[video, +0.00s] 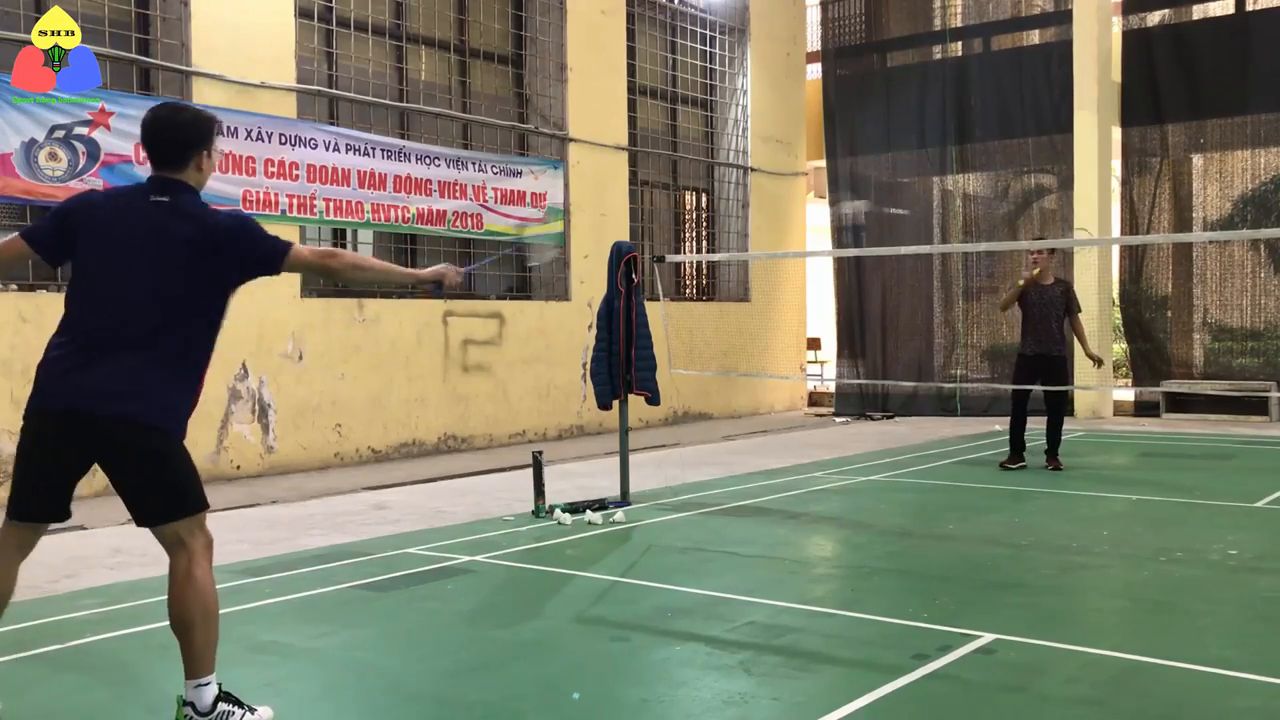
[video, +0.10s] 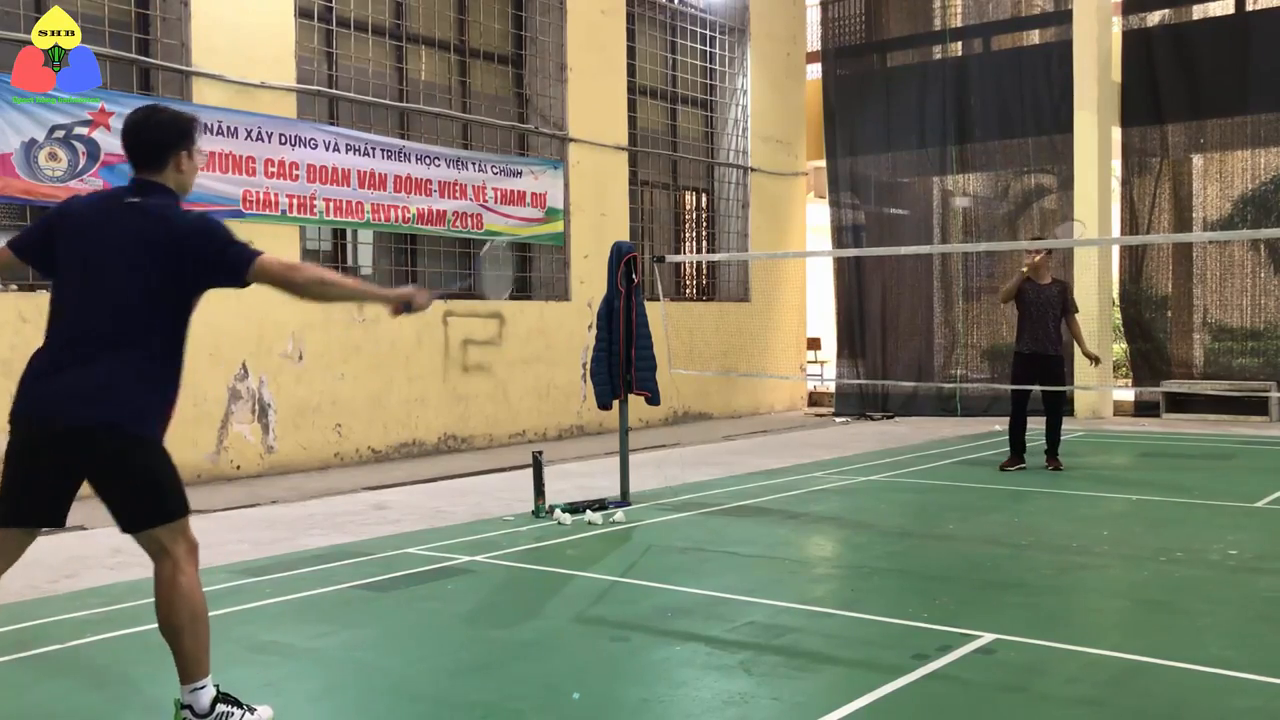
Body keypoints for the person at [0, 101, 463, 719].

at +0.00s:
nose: (216, 159)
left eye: (213, 148)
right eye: (214, 150)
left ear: (148, 154)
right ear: (204, 157)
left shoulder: (89, 209)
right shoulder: (222, 230)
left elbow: (7, 250)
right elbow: (327, 261)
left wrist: (48, 266)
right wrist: (421, 277)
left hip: (54, 408)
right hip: (139, 419)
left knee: (11, 545)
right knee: (190, 545)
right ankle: (201, 699)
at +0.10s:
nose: (198, 163)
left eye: (195, 152)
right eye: (195, 153)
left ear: (134, 157)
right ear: (180, 159)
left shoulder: (76, 213)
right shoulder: (192, 231)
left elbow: (8, 257)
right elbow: (294, 276)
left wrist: (60, 269)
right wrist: (387, 295)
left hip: (40, 415)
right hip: (120, 422)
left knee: (4, 545)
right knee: (174, 552)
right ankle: (200, 700)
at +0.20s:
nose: (177, 181)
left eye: (175, 168)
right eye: (173, 169)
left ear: (113, 175)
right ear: (152, 174)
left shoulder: (56, 227)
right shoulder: (156, 243)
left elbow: (1, 288)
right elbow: (238, 308)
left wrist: (13, 347)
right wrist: (331, 337)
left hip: (15, 431)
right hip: (85, 438)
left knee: (5, 551)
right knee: (158, 557)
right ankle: (198, 700)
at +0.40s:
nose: (153, 208)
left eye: (150, 195)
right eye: (147, 196)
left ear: (91, 204)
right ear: (121, 203)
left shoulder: (38, 242)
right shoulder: (103, 264)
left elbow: (14, 312)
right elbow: (160, 362)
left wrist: (70, 350)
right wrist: (240, 402)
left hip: (12, 443)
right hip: (16, 447)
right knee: (99, 565)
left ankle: (161, 699)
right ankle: (163, 702)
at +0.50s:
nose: (153, 206)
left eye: (152, 194)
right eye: (148, 193)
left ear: (92, 200)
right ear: (124, 198)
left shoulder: (32, 239)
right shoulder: (104, 258)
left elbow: (10, 310)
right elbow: (162, 357)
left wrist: (41, 371)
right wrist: (220, 395)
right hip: (13, 430)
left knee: (80, 559)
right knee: (87, 560)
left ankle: (118, 706)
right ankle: (120, 708)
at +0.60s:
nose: (156, 190)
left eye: (154, 178)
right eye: (152, 179)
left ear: (91, 182)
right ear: (129, 183)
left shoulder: (32, 224)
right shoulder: (120, 246)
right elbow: (184, 340)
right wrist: (211, 355)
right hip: (25, 419)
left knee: (78, 561)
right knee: (82, 563)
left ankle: (116, 707)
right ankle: (118, 710)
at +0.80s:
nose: (167, 162)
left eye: (163, 152)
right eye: (165, 153)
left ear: (93, 157)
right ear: (156, 162)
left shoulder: (33, 206)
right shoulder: (180, 240)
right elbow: (293, 265)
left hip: (1, 413)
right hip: (64, 429)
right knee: (118, 562)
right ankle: (125, 710)